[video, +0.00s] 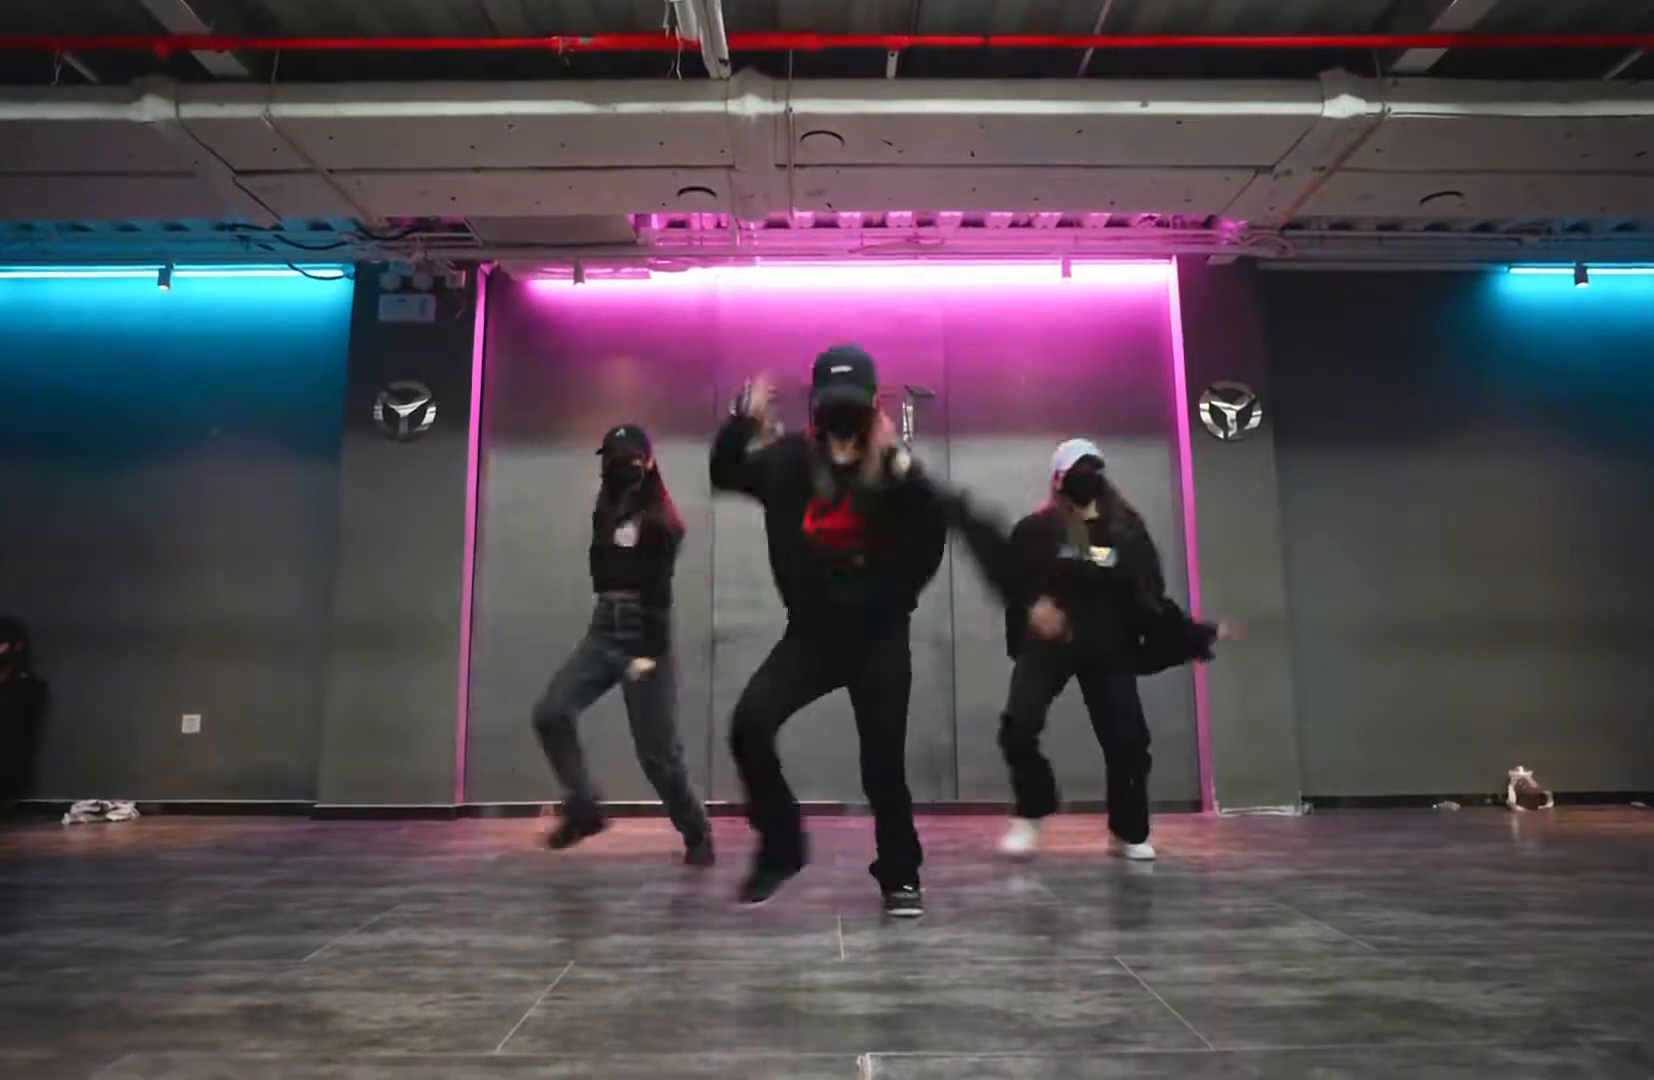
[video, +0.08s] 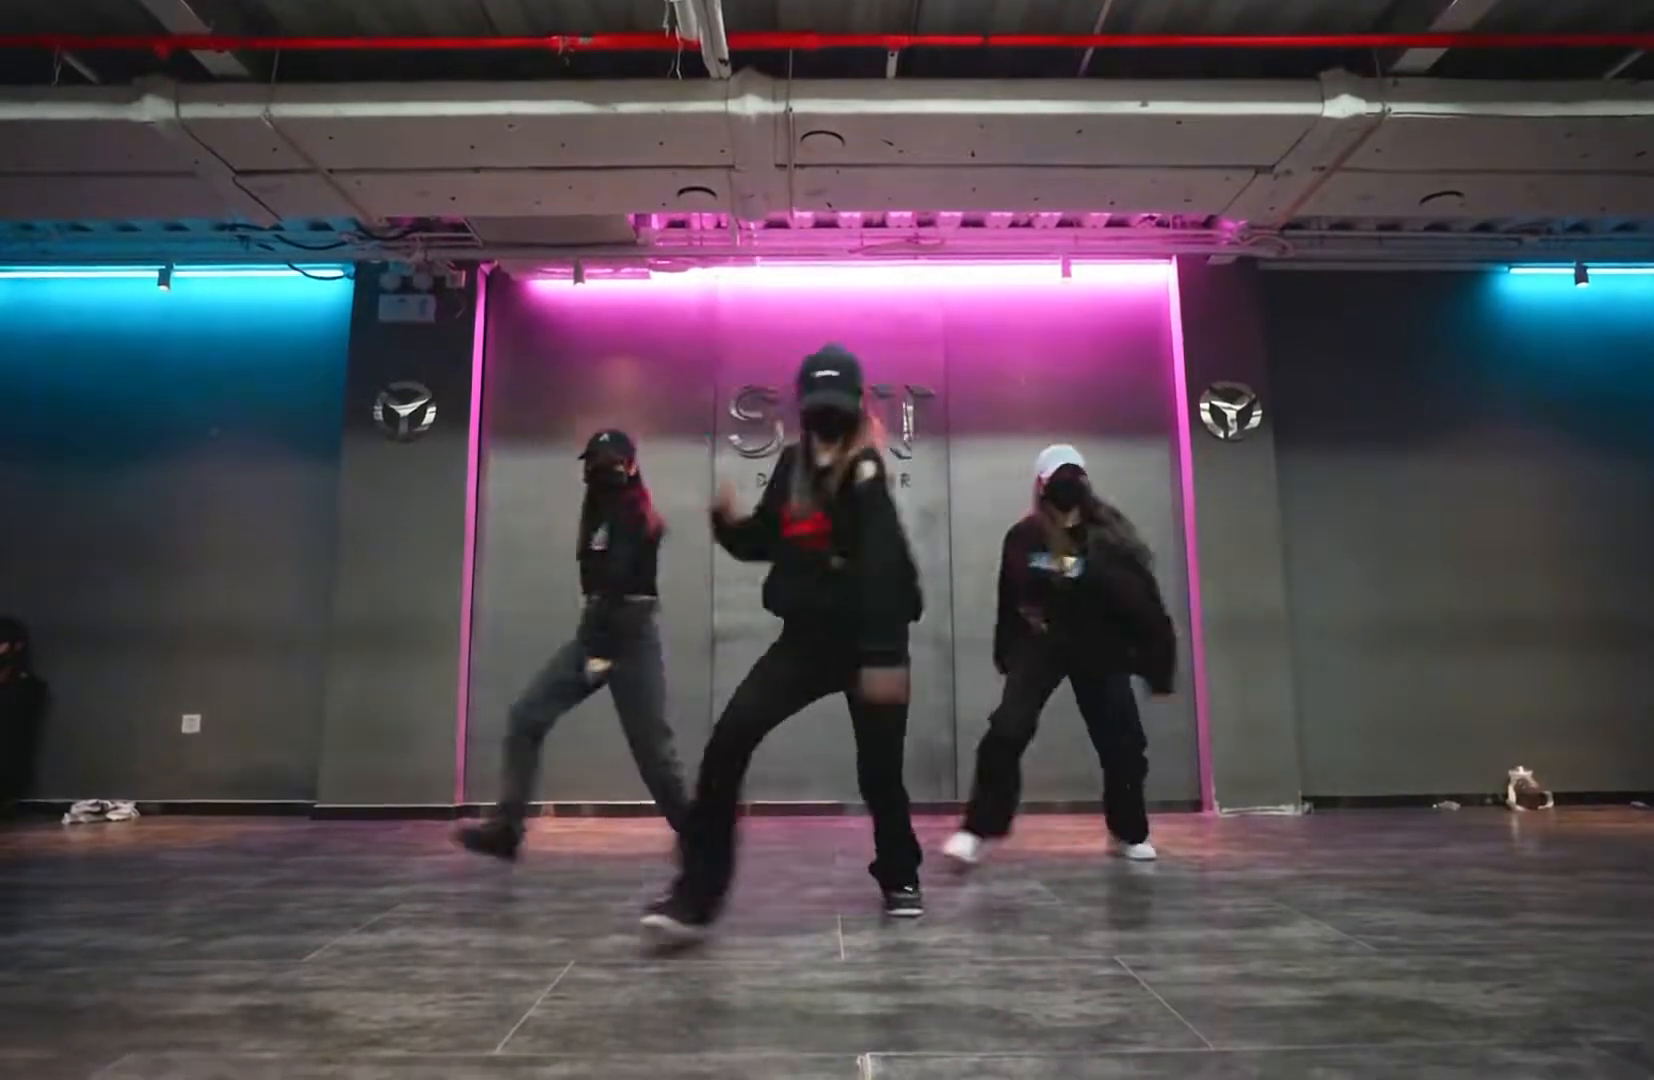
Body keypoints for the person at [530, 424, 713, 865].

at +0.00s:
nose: (623, 470)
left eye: (631, 461)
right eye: (615, 462)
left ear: (648, 463)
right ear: (605, 465)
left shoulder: (660, 518)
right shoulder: (605, 511)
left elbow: (658, 587)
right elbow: (604, 570)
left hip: (644, 639)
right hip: (605, 634)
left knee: (658, 755)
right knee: (551, 715)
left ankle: (697, 838)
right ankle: (582, 807)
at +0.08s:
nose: (602, 474)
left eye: (611, 466)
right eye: (596, 466)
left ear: (628, 467)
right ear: (589, 468)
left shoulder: (636, 511)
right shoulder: (597, 507)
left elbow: (629, 584)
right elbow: (599, 578)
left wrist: (606, 652)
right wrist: (594, 645)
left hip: (633, 637)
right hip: (596, 634)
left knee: (654, 752)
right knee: (527, 718)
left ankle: (699, 849)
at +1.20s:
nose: (546, 415)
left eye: (555, 406)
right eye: (538, 406)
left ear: (574, 408)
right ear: (526, 407)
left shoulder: (591, 468)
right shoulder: (507, 459)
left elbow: (607, 541)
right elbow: (438, 469)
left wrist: (631, 591)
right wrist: (417, 415)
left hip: (572, 593)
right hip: (512, 592)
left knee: (612, 715)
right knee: (469, 700)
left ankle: (646, 832)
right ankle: (440, 824)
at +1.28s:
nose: (544, 416)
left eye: (554, 407)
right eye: (536, 407)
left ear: (572, 410)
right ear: (524, 409)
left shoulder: (588, 468)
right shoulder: (505, 458)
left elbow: (628, 525)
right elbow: (437, 459)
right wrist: (436, 400)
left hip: (570, 597)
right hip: (512, 598)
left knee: (610, 714)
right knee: (458, 700)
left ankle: (645, 830)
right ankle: (438, 823)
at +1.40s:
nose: (539, 433)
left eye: (549, 423)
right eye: (530, 422)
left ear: (570, 422)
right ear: (520, 422)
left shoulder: (591, 470)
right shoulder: (504, 468)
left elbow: (656, 501)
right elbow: (443, 484)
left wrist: (625, 493)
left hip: (568, 604)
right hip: (513, 604)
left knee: (575, 726)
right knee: (479, 720)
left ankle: (652, 824)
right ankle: (428, 828)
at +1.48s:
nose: (535, 441)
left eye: (546, 431)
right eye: (527, 430)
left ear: (565, 434)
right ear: (517, 432)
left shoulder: (583, 485)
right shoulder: (500, 486)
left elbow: (644, 536)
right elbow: (437, 541)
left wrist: (639, 602)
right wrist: (421, 601)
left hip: (571, 619)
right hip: (512, 619)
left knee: (573, 745)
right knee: (485, 732)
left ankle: (644, 829)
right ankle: (439, 827)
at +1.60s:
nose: (533, 442)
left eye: (543, 432)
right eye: (524, 432)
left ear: (561, 436)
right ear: (512, 435)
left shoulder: (577, 493)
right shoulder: (494, 494)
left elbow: (613, 559)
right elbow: (467, 567)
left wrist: (612, 623)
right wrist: (490, 616)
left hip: (573, 615)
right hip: (515, 615)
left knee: (585, 716)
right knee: (466, 729)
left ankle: (629, 834)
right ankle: (435, 832)